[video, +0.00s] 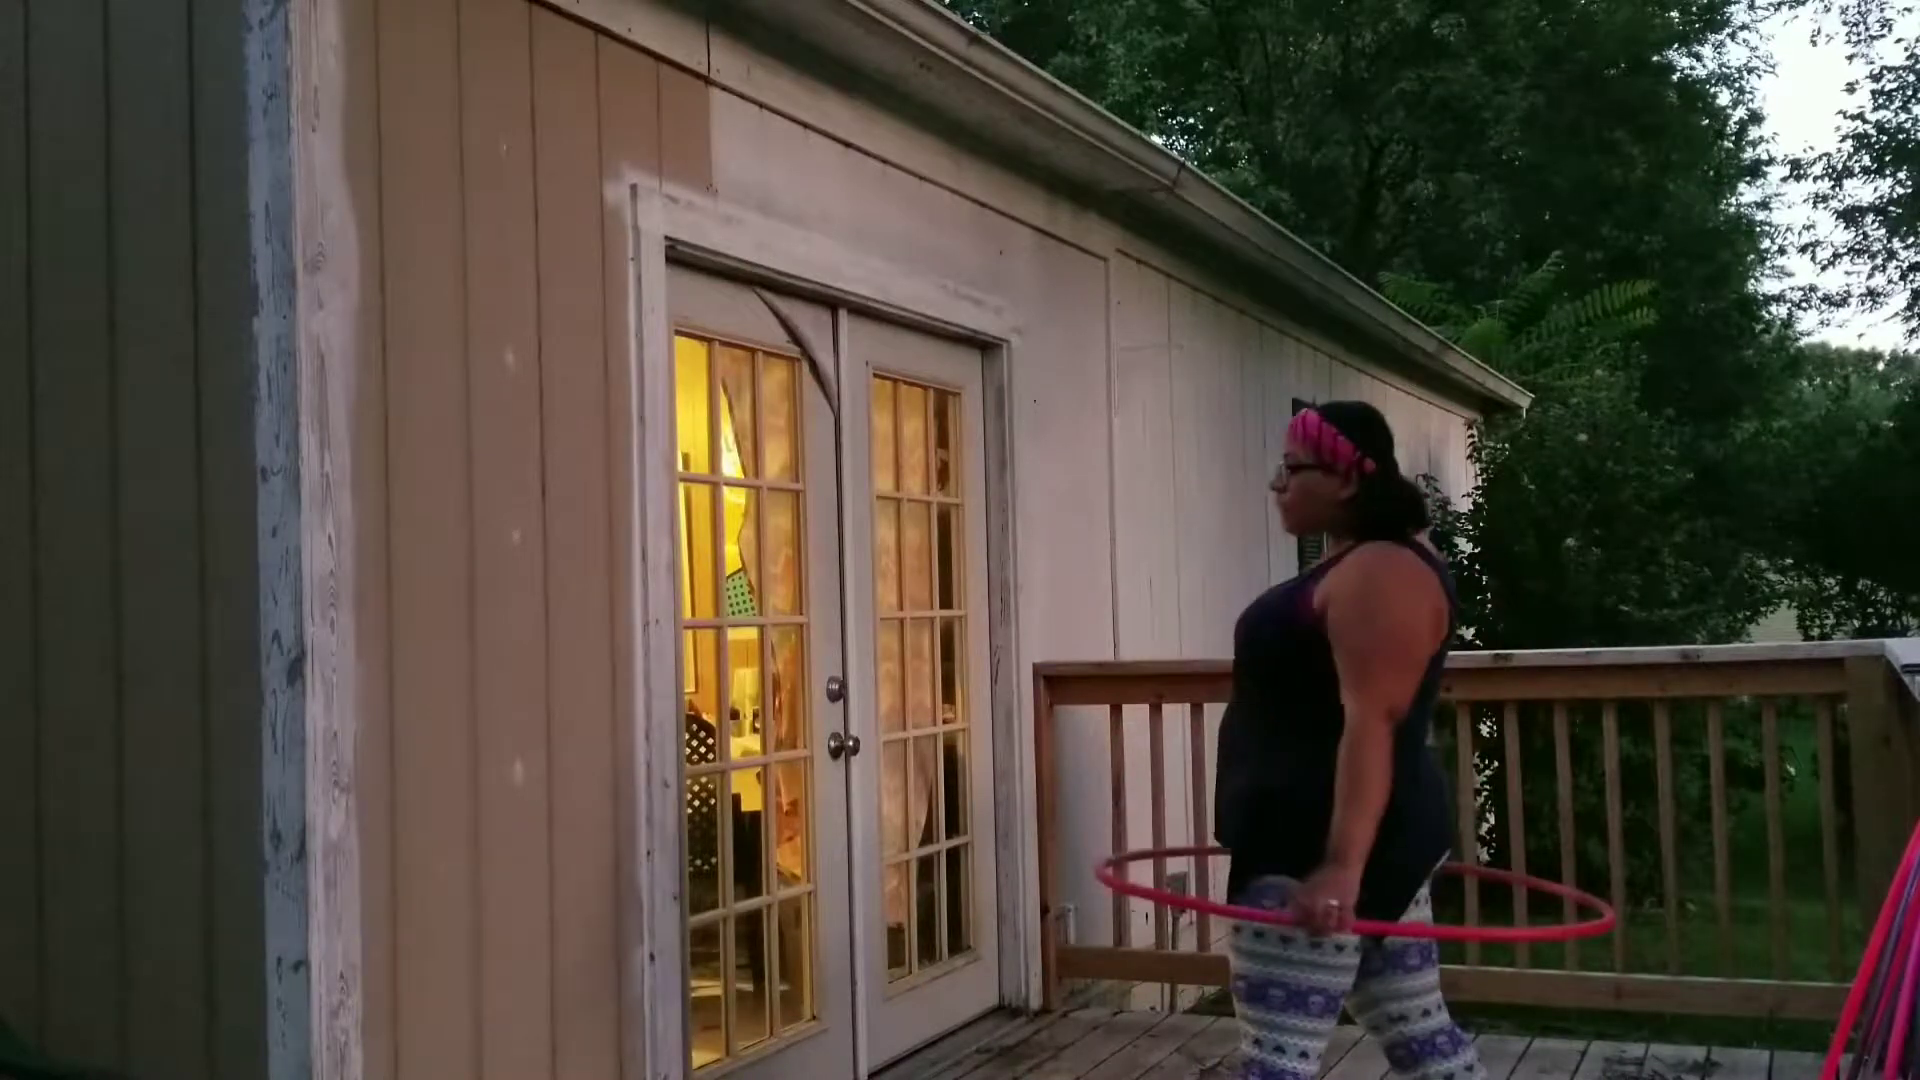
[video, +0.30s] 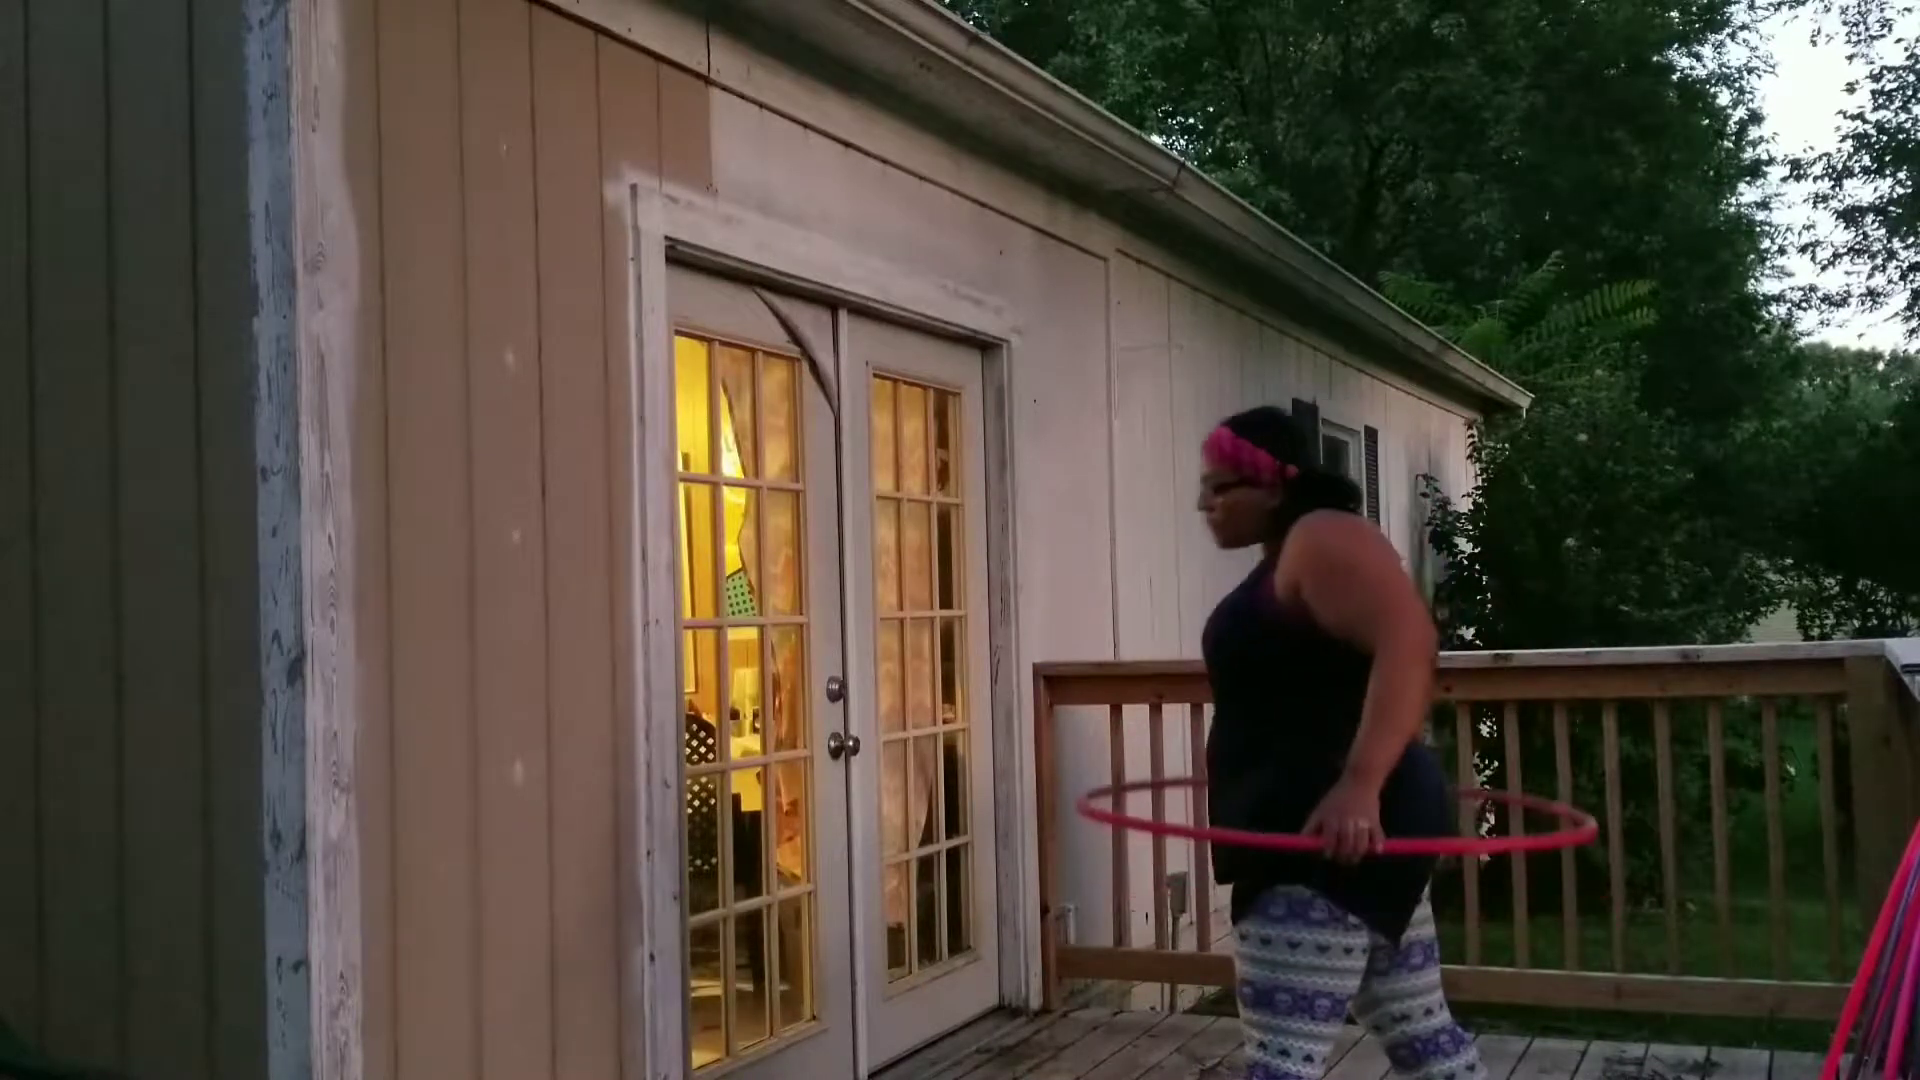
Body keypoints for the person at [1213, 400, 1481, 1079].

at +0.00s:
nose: (1277, 482)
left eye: (1293, 468)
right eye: (1281, 466)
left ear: (1346, 481)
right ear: (1350, 481)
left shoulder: (1379, 572)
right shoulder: (1378, 562)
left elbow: (1373, 722)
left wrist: (1342, 864)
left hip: (1305, 859)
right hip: (1372, 855)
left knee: (1274, 1063)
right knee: (1425, 1043)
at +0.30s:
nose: (1206, 503)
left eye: (1222, 486)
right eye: (1206, 488)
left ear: (1277, 482)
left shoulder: (1323, 537)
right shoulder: (1286, 563)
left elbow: (1409, 637)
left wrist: (1361, 781)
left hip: (1313, 850)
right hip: (1365, 844)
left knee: (1280, 1061)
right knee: (1427, 1041)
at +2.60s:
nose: (1225, 502)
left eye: (1240, 483)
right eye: (1226, 486)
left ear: (1293, 481)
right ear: (1286, 486)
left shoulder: (1350, 554)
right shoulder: (1285, 577)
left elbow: (1420, 679)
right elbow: (1279, 723)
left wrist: (1382, 821)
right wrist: (1232, 844)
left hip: (1317, 868)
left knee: (1277, 1066)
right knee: (1397, 1050)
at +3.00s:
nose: (1369, 459)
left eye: (1395, 454)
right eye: (1376, 448)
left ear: (1435, 491)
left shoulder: (1440, 589)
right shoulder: (1367, 581)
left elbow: (1425, 739)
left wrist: (1416, 883)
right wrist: (1269, 860)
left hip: (1338, 877)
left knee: (1285, 1062)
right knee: (1383, 1053)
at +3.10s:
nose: (1399, 450)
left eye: (1425, 450)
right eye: (1408, 443)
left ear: (1457, 496)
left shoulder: (1443, 587)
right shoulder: (1379, 578)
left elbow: (1430, 741)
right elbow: (1337, 728)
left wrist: (1419, 883)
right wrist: (1272, 857)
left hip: (1338, 875)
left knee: (1284, 1061)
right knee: (1384, 1054)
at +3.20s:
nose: (1406, 450)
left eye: (1434, 451)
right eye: (1416, 442)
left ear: (1460, 499)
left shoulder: (1445, 586)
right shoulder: (1382, 576)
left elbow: (1439, 738)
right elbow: (1341, 723)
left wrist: (1412, 877)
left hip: (1334, 874)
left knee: (1282, 1062)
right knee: (1383, 1053)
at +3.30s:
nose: (1400, 451)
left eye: (1426, 451)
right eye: (1411, 444)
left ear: (1457, 498)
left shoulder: (1446, 583)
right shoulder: (1380, 579)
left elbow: (1454, 732)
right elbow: (1337, 724)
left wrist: (1391, 854)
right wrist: (1268, 849)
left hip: (1329, 869)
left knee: (1282, 1063)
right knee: (1383, 1054)